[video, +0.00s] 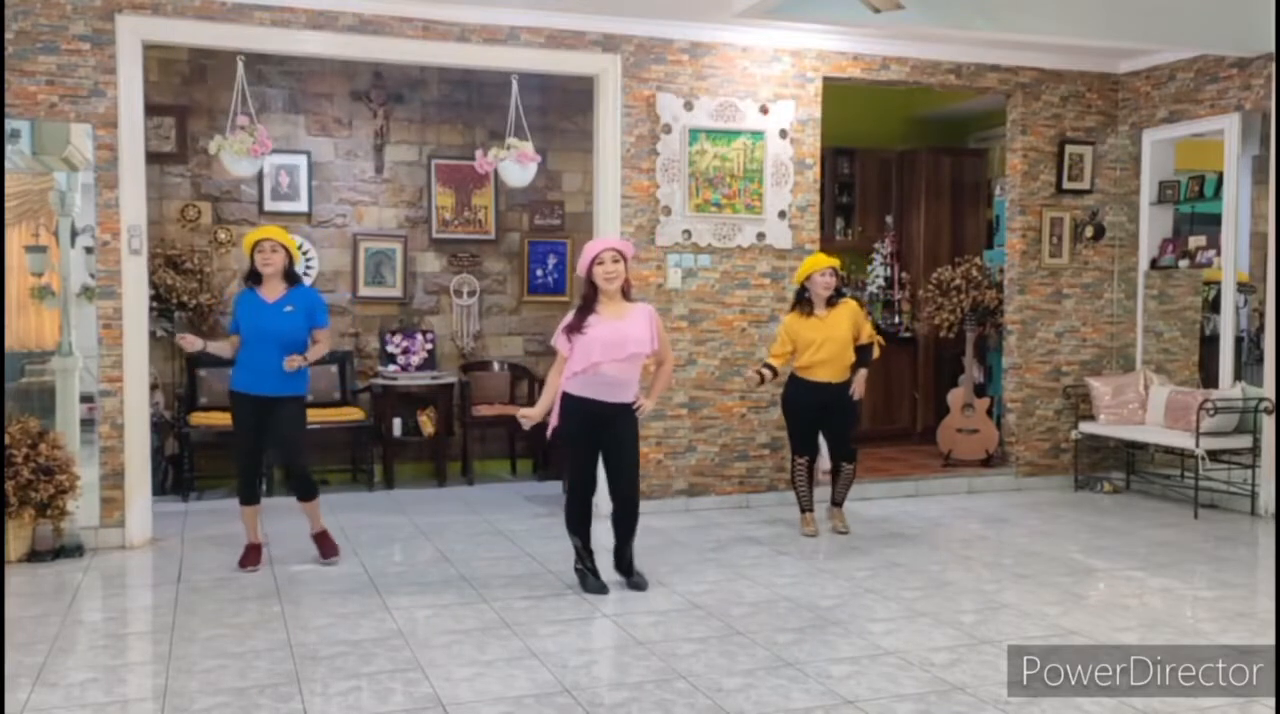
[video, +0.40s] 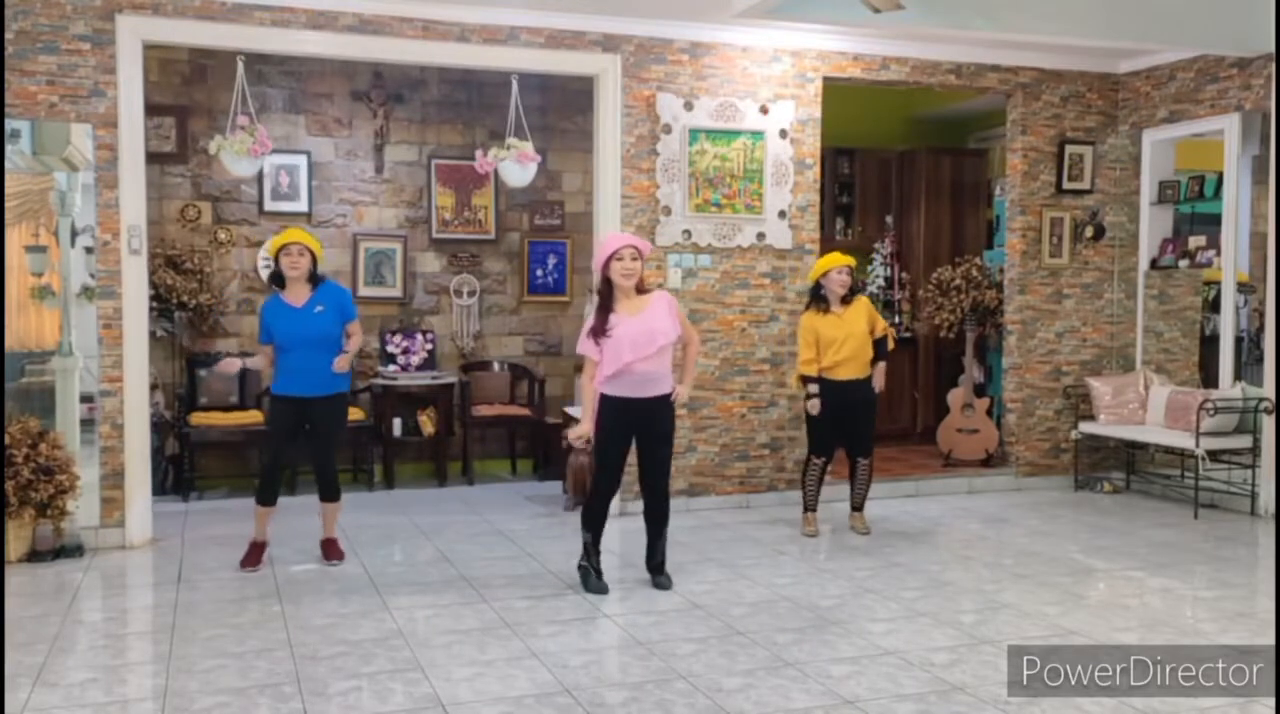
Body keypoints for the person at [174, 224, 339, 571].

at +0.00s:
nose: (267, 256)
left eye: (274, 250)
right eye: (261, 251)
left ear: (288, 258)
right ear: (253, 259)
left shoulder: (307, 297)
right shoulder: (245, 299)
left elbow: (324, 343)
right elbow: (234, 346)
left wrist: (305, 359)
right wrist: (202, 344)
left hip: (288, 396)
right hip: (246, 394)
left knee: (295, 465)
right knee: (247, 468)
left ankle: (318, 531)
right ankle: (253, 542)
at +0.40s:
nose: (295, 259)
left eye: (302, 253)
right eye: (288, 254)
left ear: (313, 261)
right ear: (278, 263)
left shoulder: (336, 295)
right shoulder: (271, 307)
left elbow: (355, 335)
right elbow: (267, 357)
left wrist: (348, 354)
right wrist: (242, 363)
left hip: (329, 396)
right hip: (285, 397)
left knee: (325, 465)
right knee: (273, 464)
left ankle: (330, 537)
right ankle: (259, 539)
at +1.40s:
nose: (294, 257)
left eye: (301, 251)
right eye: (287, 251)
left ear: (311, 259)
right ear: (276, 258)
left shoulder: (321, 300)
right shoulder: (263, 297)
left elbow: (326, 349)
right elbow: (232, 335)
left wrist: (354, 346)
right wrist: (261, 359)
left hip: (311, 395)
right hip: (269, 395)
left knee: (317, 465)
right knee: (265, 465)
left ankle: (327, 537)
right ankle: (256, 540)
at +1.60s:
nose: (282, 257)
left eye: (289, 252)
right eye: (275, 252)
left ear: (300, 260)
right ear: (264, 259)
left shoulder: (308, 304)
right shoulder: (247, 297)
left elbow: (308, 352)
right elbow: (209, 334)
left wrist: (326, 362)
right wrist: (220, 368)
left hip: (293, 399)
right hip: (250, 398)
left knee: (306, 465)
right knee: (253, 468)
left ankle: (319, 537)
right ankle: (255, 541)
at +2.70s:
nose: (294, 257)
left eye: (300, 251)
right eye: (287, 251)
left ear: (310, 259)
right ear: (274, 259)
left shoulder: (330, 294)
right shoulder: (264, 304)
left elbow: (349, 333)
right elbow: (257, 353)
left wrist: (343, 352)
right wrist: (224, 348)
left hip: (324, 395)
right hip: (279, 396)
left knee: (327, 466)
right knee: (269, 467)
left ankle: (335, 539)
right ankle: (257, 540)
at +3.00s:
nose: (314, 257)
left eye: (320, 252)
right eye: (307, 252)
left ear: (329, 260)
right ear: (295, 260)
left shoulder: (347, 294)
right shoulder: (281, 307)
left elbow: (368, 332)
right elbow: (277, 355)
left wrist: (384, 343)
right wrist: (271, 369)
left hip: (341, 396)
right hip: (299, 398)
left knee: (339, 466)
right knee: (299, 466)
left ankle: (336, 538)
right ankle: (299, 531)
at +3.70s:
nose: (311, 256)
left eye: (317, 250)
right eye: (303, 250)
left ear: (325, 258)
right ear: (291, 257)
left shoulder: (332, 301)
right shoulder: (275, 296)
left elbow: (336, 350)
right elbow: (243, 337)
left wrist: (372, 341)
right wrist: (278, 351)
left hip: (324, 398)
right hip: (281, 398)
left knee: (327, 468)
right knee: (274, 470)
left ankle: (336, 540)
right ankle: (265, 543)